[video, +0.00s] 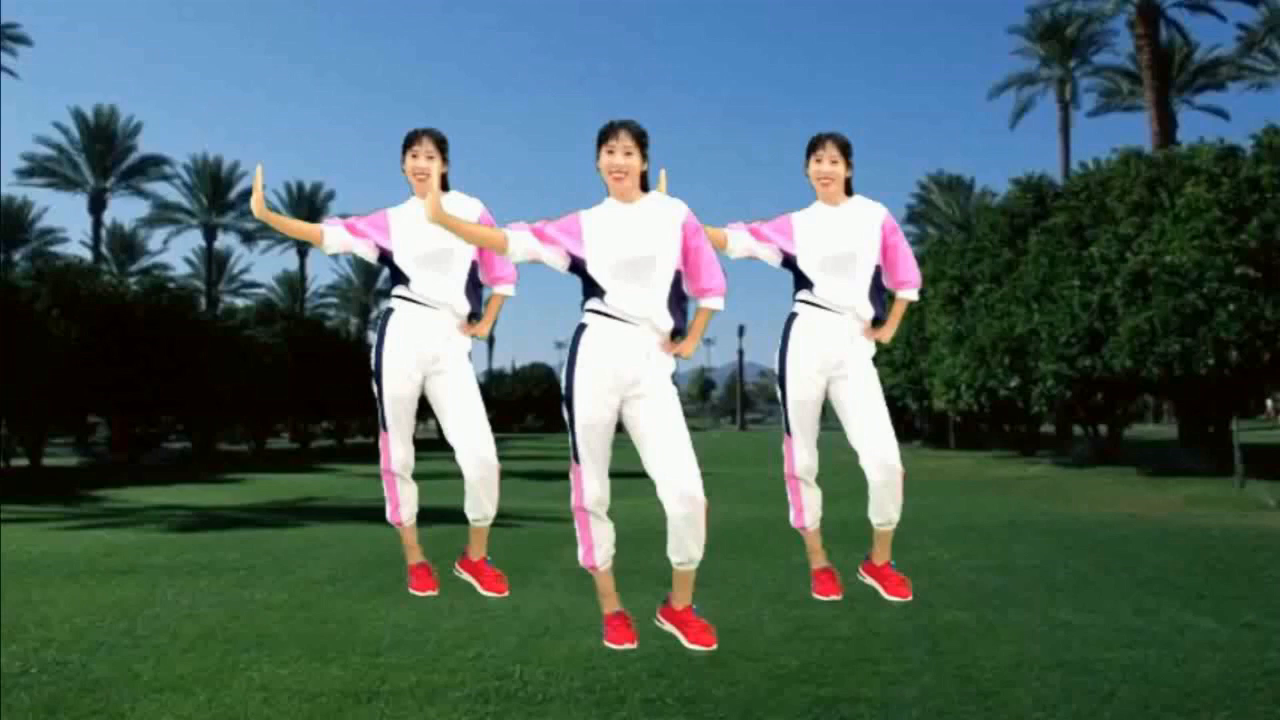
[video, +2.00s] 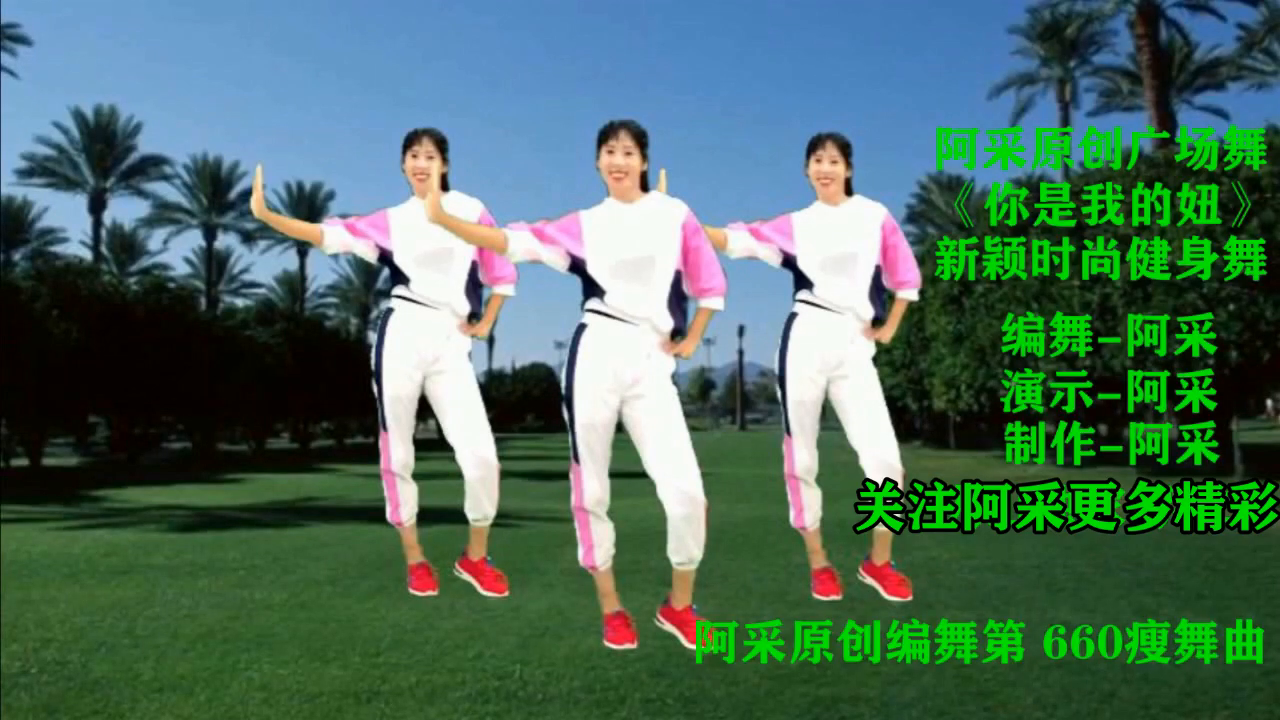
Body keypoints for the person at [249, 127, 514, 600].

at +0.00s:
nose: (420, 164)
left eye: (429, 157)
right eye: (413, 157)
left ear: (444, 165)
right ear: (404, 166)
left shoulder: (472, 211)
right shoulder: (393, 220)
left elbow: (503, 272)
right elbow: (327, 235)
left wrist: (485, 325)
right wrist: (265, 214)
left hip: (451, 335)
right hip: (401, 331)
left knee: (482, 457)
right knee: (399, 453)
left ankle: (476, 557)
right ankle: (415, 561)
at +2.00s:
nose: (420, 164)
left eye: (428, 157)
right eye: (412, 157)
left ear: (444, 165)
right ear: (404, 166)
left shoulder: (473, 211)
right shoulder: (393, 220)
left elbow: (503, 273)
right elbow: (327, 235)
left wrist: (484, 324)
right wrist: (265, 215)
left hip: (451, 335)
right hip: (401, 331)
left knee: (482, 456)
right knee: (399, 453)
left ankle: (476, 557)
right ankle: (415, 561)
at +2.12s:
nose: (420, 164)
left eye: (428, 157)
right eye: (412, 157)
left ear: (444, 165)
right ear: (404, 166)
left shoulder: (473, 211)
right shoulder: (393, 220)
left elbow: (503, 273)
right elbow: (327, 235)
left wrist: (485, 324)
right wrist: (265, 215)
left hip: (451, 335)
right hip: (401, 331)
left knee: (482, 456)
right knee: (399, 453)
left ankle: (476, 557)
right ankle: (415, 561)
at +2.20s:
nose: (420, 164)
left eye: (428, 157)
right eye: (412, 157)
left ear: (444, 165)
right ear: (404, 166)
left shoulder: (473, 211)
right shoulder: (393, 220)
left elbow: (503, 273)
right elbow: (327, 235)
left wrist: (485, 324)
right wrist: (265, 215)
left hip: (451, 335)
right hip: (401, 331)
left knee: (482, 456)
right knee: (399, 453)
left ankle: (476, 557)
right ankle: (415, 561)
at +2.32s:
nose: (420, 164)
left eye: (428, 157)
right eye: (412, 157)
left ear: (444, 165)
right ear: (404, 166)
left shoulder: (473, 211)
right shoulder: (393, 220)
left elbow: (503, 273)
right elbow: (327, 235)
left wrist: (485, 324)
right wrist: (265, 215)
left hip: (451, 335)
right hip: (401, 331)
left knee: (482, 456)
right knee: (399, 453)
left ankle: (476, 557)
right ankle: (415, 561)